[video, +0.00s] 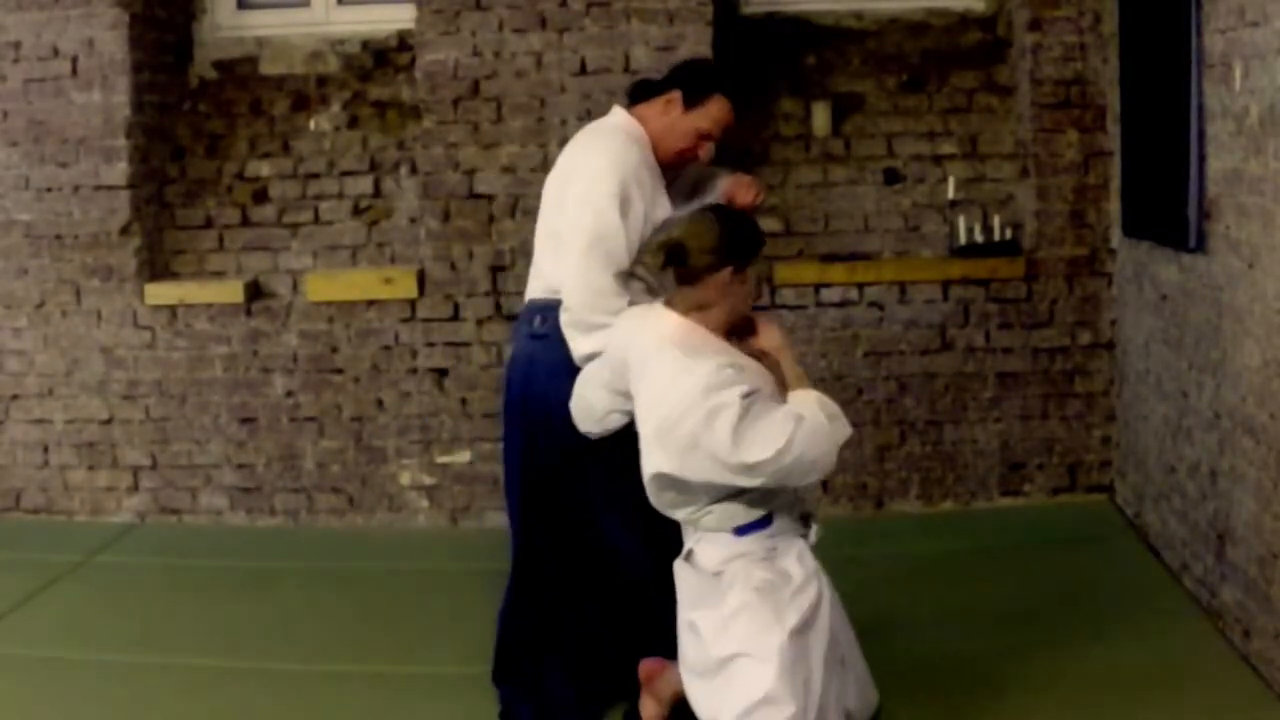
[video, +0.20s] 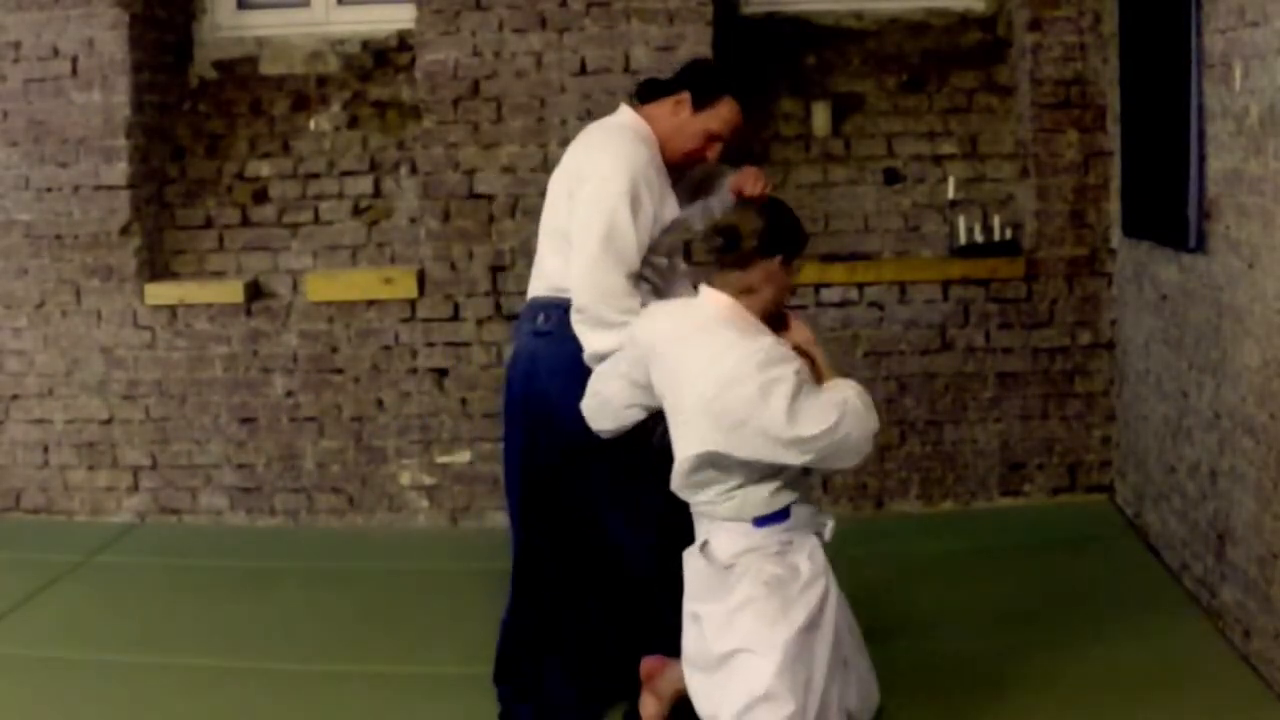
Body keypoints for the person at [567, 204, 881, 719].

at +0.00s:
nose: (756, 290)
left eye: (754, 276)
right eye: (753, 276)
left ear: (677, 276)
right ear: (730, 279)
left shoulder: (643, 327)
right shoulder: (706, 384)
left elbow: (588, 411)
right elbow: (812, 444)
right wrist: (784, 357)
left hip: (705, 565)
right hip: (755, 576)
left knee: (846, 700)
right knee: (779, 704)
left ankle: (678, 681)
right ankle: (674, 686)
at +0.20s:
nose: (791, 282)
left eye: (792, 268)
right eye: (791, 267)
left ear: (712, 257)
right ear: (772, 268)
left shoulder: (660, 324)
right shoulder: (756, 363)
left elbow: (601, 411)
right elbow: (850, 434)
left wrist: (672, 360)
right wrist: (817, 360)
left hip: (710, 558)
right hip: (771, 566)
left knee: (851, 696)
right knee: (778, 702)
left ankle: (678, 678)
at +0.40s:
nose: (819, 277)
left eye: (820, 264)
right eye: (820, 263)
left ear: (742, 254)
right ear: (805, 261)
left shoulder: (684, 321)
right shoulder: (803, 338)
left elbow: (618, 414)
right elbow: (887, 418)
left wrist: (684, 375)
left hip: (721, 533)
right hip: (786, 542)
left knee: (850, 678)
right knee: (775, 688)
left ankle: (680, 677)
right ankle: (680, 680)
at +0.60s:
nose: (841, 271)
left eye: (840, 261)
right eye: (841, 261)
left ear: (779, 250)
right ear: (834, 259)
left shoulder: (717, 315)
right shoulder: (843, 316)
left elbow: (635, 408)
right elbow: (914, 405)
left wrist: (690, 400)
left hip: (740, 516)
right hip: (806, 521)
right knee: (779, 679)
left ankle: (679, 675)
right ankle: (682, 676)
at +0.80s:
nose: (849, 270)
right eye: (850, 261)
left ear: (789, 254)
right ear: (848, 261)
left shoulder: (731, 314)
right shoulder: (863, 307)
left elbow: (653, 404)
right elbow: (925, 403)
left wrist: (703, 404)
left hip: (754, 505)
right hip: (819, 511)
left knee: (850, 665)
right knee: (781, 674)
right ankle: (680, 675)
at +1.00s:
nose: (857, 275)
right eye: (858, 267)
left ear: (796, 256)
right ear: (854, 265)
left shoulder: (736, 315)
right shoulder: (862, 309)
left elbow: (654, 403)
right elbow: (921, 417)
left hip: (752, 506)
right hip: (816, 514)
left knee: (850, 668)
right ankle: (680, 674)